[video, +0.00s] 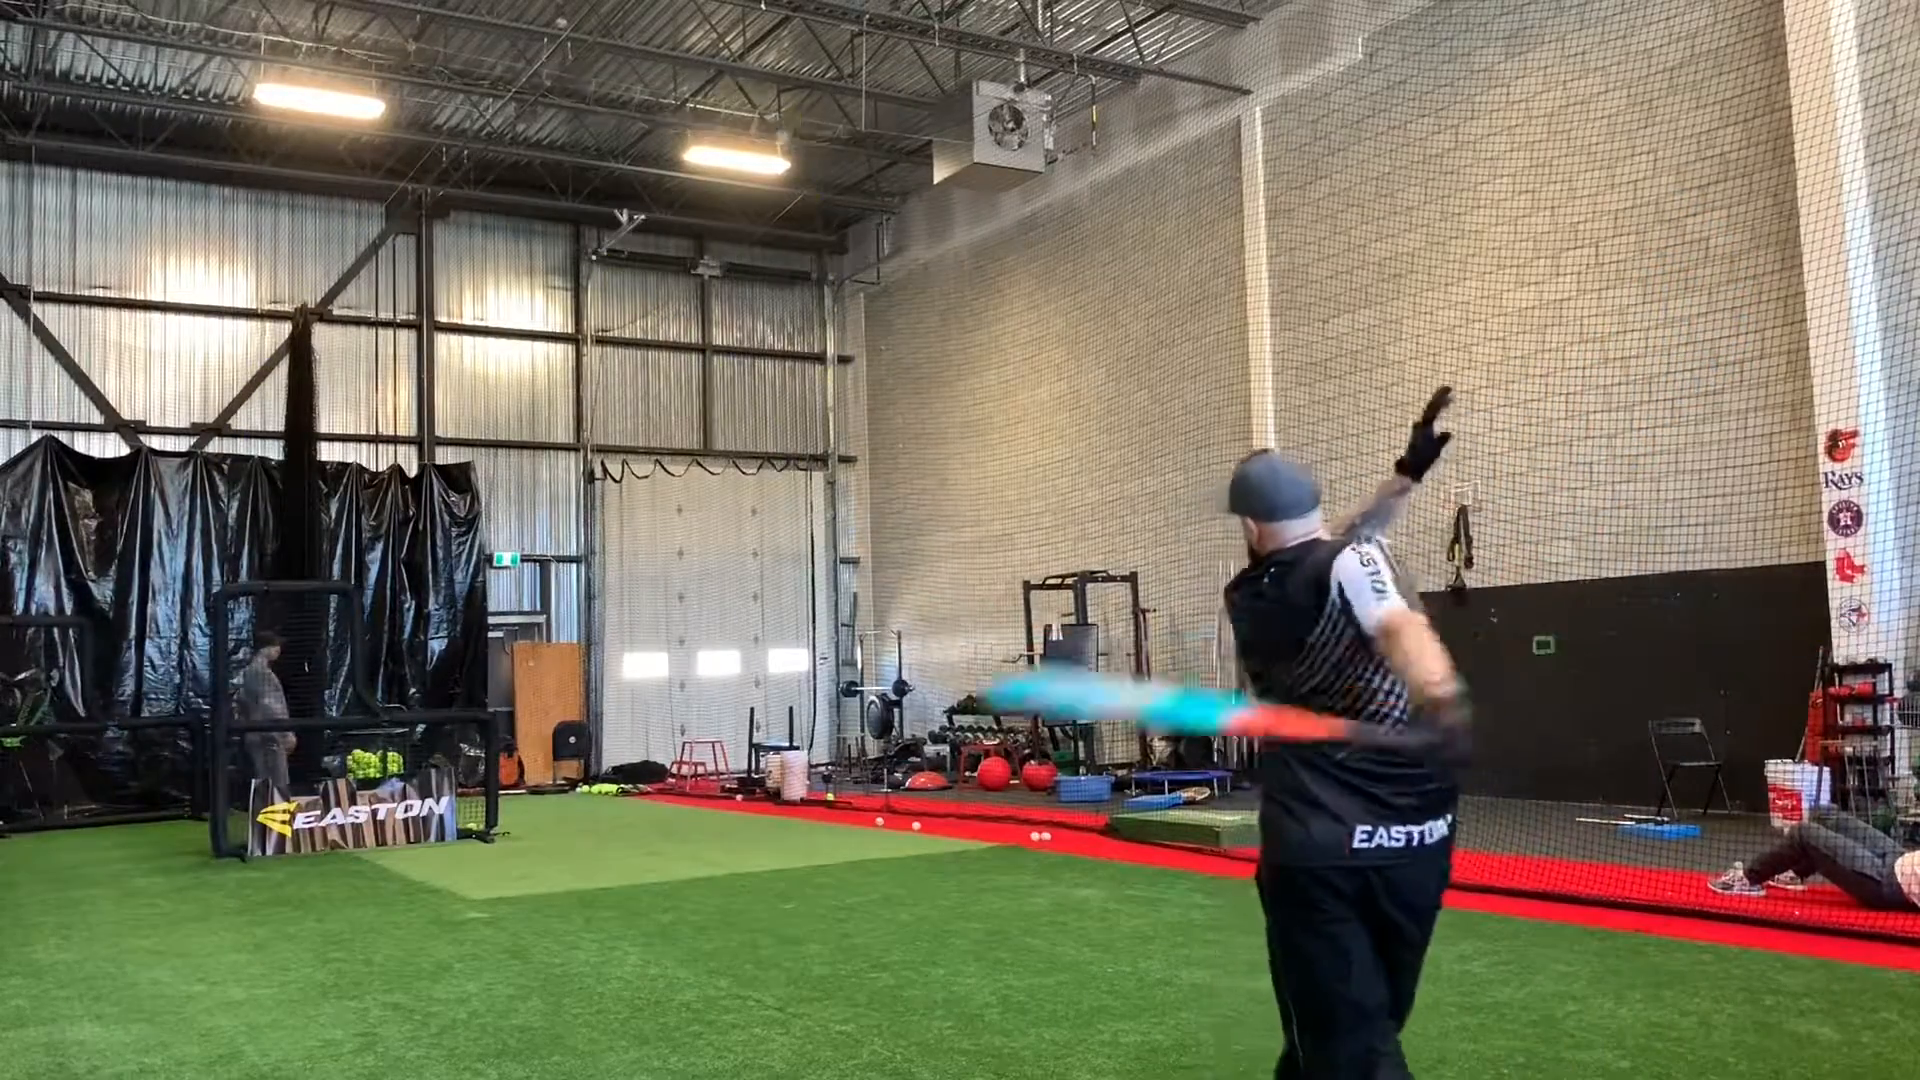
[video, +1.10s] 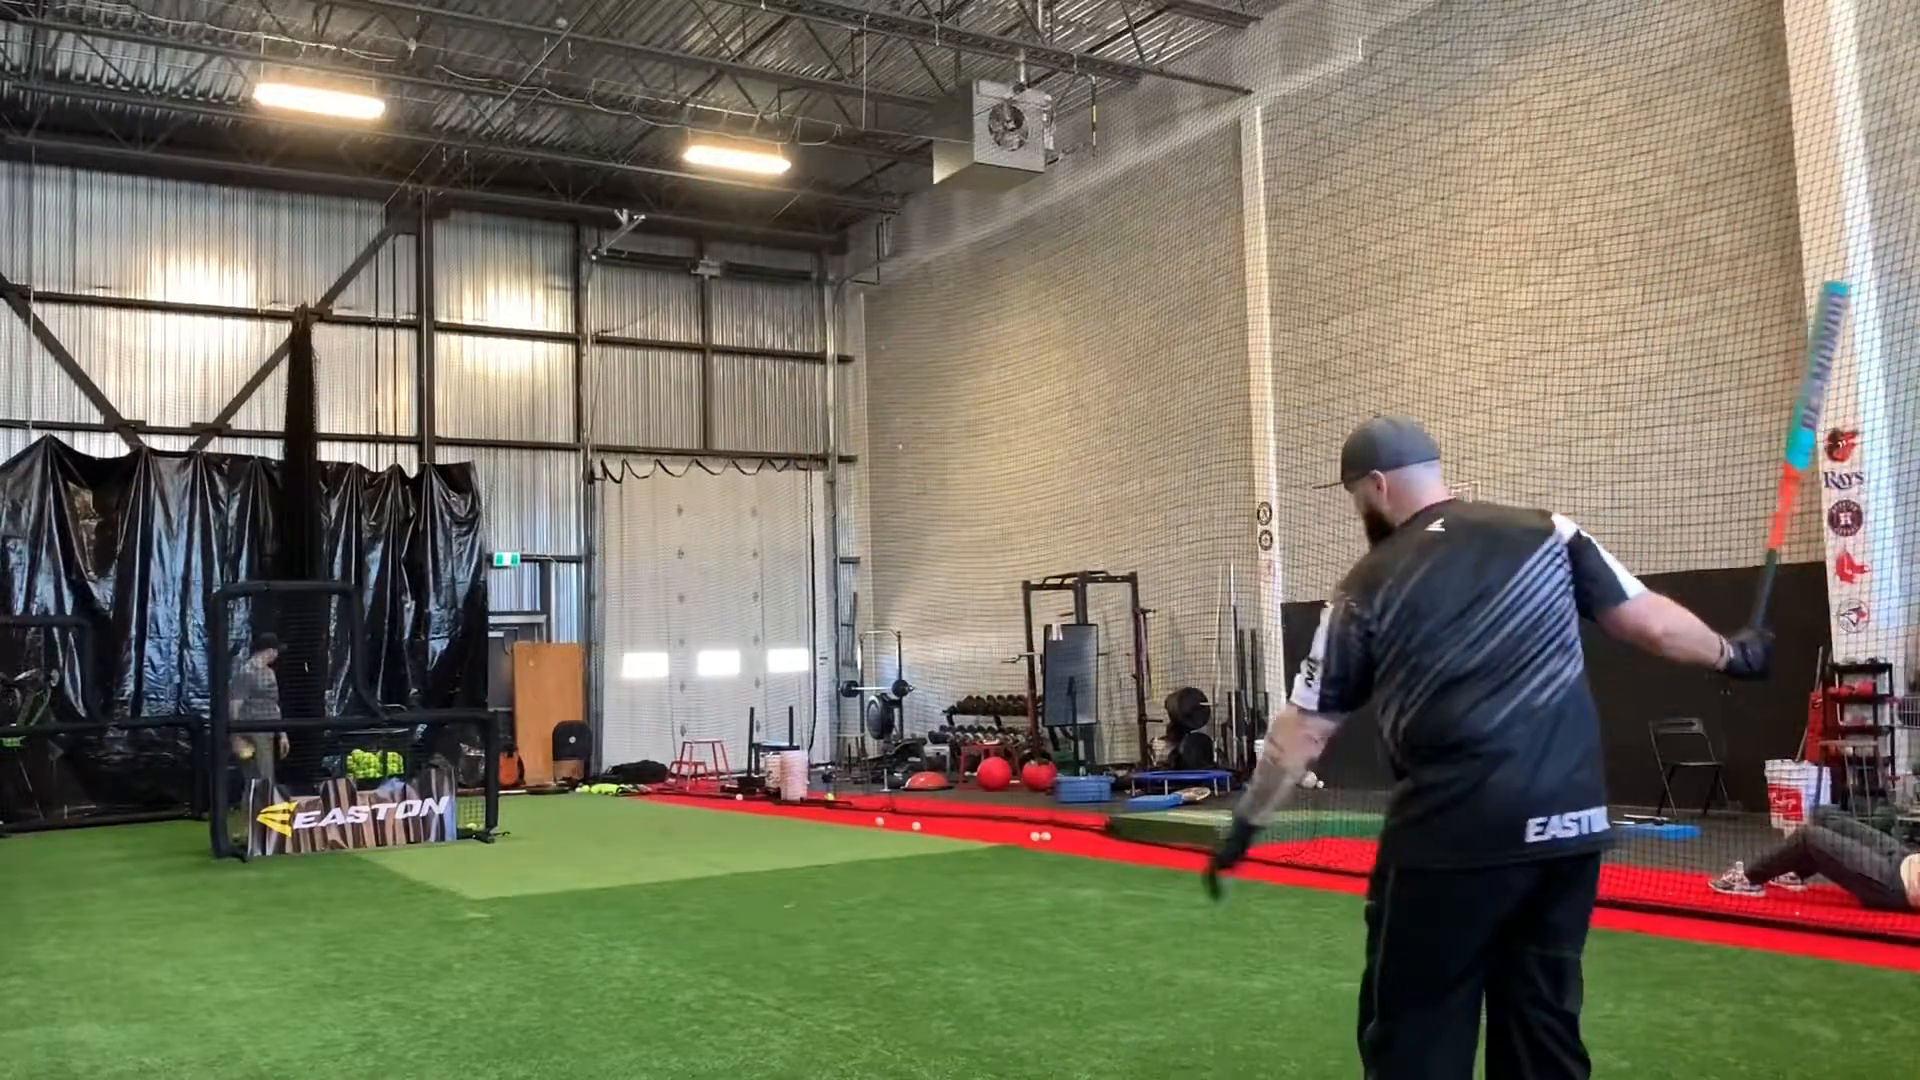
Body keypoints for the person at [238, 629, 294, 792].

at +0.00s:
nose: (278, 652)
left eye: (278, 648)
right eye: (276, 648)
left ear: (262, 649)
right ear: (267, 648)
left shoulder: (249, 671)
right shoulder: (262, 672)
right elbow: (272, 705)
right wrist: (286, 732)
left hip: (255, 731)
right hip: (269, 732)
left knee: (263, 778)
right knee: (278, 778)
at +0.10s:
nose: (274, 651)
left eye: (274, 647)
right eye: (273, 647)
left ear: (257, 648)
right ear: (267, 648)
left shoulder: (246, 672)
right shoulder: (269, 672)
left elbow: (240, 700)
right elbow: (278, 704)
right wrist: (289, 731)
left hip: (253, 726)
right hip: (273, 724)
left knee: (261, 772)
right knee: (280, 773)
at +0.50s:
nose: (278, 649)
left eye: (277, 645)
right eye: (275, 645)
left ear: (257, 647)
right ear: (268, 647)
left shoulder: (248, 671)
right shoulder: (269, 673)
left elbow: (242, 698)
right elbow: (276, 705)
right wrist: (290, 730)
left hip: (252, 726)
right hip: (270, 726)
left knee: (260, 773)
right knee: (276, 773)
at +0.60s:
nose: (278, 649)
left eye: (278, 644)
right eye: (276, 645)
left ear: (260, 646)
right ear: (269, 646)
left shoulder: (252, 669)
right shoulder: (264, 670)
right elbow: (270, 707)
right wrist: (284, 737)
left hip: (253, 732)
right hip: (265, 734)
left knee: (262, 781)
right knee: (275, 781)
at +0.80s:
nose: (279, 651)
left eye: (279, 647)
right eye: (278, 646)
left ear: (265, 647)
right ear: (270, 647)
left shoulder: (262, 669)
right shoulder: (260, 670)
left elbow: (273, 707)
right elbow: (260, 709)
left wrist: (280, 733)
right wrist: (272, 734)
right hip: (262, 737)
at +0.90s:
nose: (277, 654)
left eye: (277, 650)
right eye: (275, 650)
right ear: (270, 649)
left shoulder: (270, 673)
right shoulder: (254, 672)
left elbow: (274, 706)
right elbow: (248, 704)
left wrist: (281, 731)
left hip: (273, 737)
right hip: (258, 737)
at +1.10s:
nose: (276, 655)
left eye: (277, 651)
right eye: (275, 650)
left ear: (269, 652)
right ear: (267, 650)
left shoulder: (269, 672)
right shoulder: (246, 671)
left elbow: (273, 705)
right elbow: (234, 705)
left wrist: (281, 733)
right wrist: (235, 736)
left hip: (269, 731)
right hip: (252, 731)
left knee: (266, 779)